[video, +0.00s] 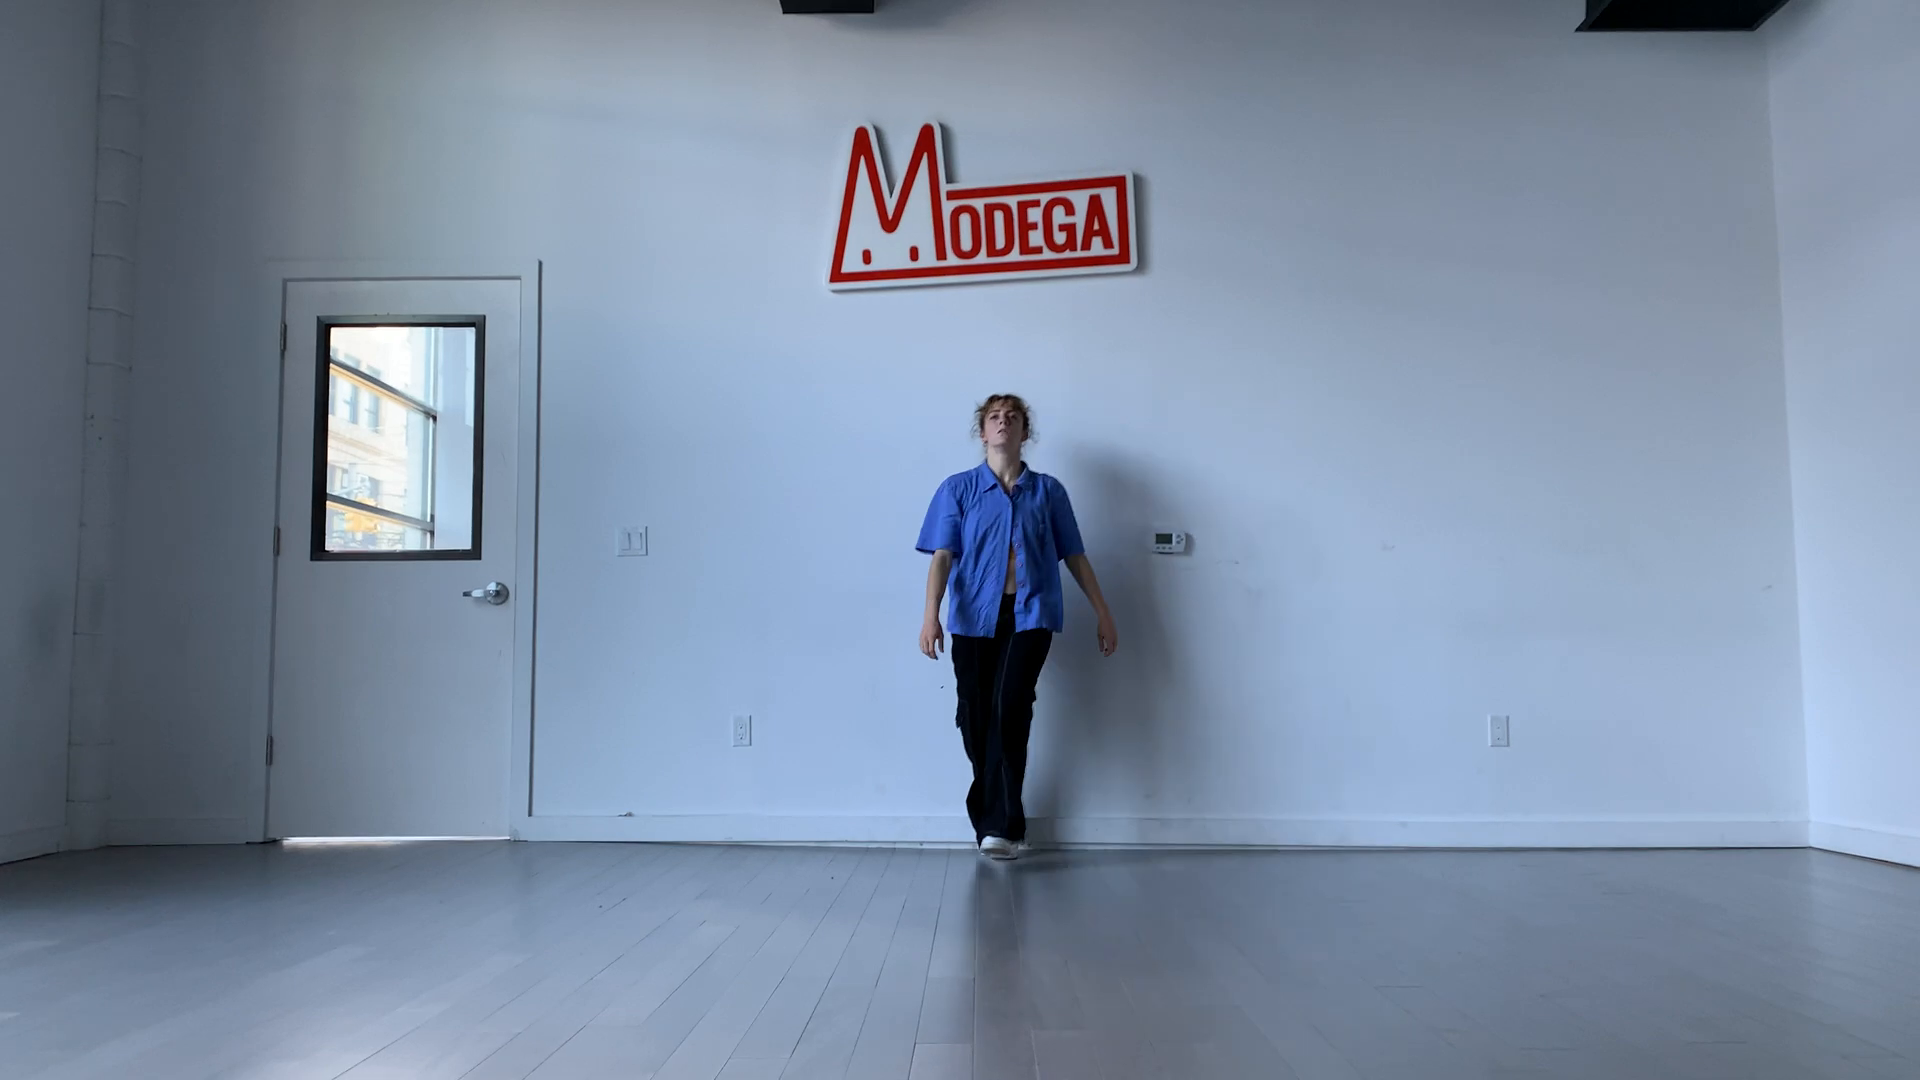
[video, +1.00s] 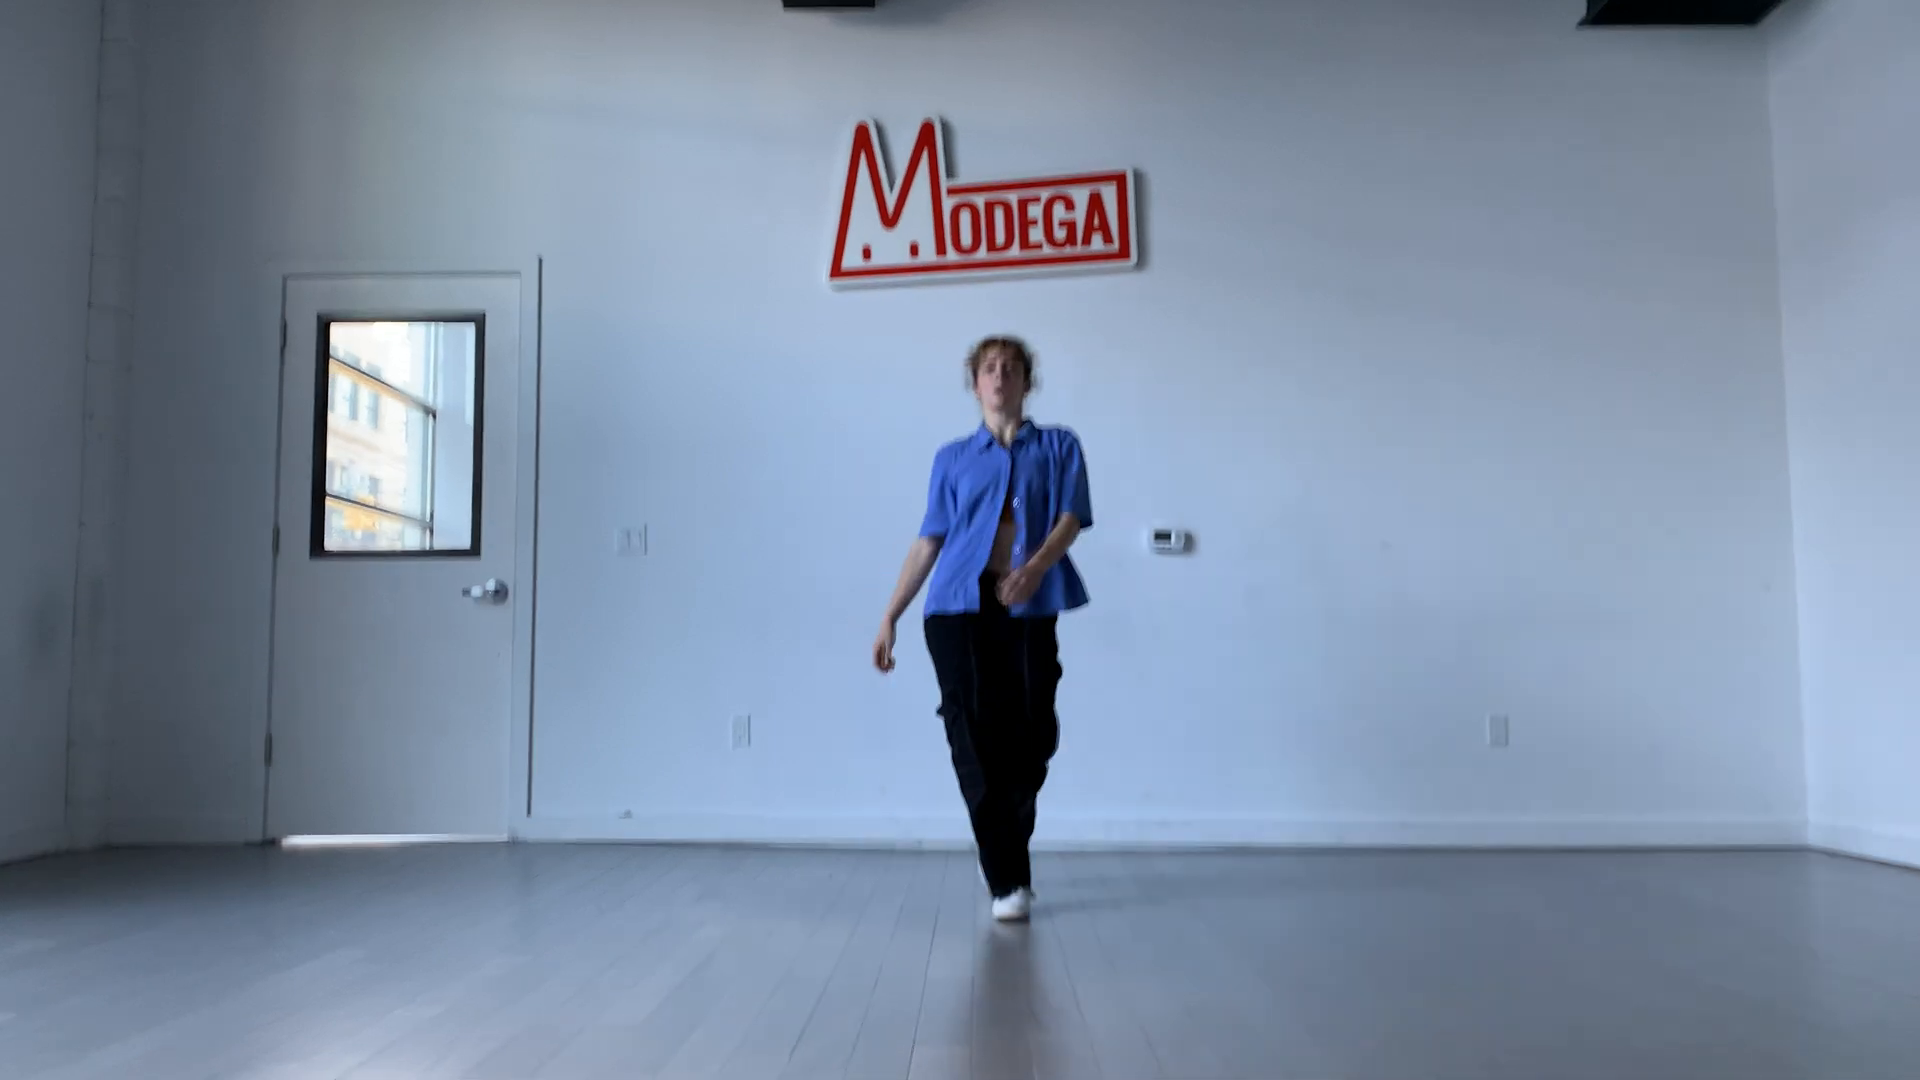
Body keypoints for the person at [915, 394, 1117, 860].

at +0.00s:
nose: (1003, 421)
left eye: (1012, 417)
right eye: (994, 416)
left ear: (1025, 433)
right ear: (981, 432)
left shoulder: (1048, 490)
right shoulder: (957, 489)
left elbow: (1075, 557)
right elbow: (942, 558)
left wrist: (1104, 614)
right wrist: (930, 617)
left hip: (1030, 616)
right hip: (974, 616)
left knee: (1011, 712)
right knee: (975, 718)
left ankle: (1002, 830)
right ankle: (995, 820)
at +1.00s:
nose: (1000, 377)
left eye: (1011, 369)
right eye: (991, 369)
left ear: (1027, 382)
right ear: (974, 384)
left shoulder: (1059, 445)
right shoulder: (952, 458)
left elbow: (1072, 519)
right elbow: (928, 542)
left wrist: (1032, 570)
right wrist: (889, 619)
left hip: (1029, 613)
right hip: (958, 615)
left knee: (1034, 739)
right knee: (975, 744)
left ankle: (1010, 852)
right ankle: (1006, 883)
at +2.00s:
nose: (1009, 281)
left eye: (1023, 274)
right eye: (997, 276)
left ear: (1050, 299)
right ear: (983, 304)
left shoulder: (1088, 377)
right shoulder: (956, 384)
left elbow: (1097, 457)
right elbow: (908, 484)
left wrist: (1013, 407)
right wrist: (852, 564)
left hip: (1050, 587)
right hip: (961, 582)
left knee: (1032, 760)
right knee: (947, 750)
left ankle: (993, 927)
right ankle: (924, 930)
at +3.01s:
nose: (1029, 318)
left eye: (1035, 303)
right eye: (1026, 306)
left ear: (1078, 297)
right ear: (1054, 305)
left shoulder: (1155, 335)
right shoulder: (1041, 378)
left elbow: (1240, 248)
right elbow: (957, 350)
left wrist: (1316, 149)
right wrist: (989, 269)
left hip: (1112, 588)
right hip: (1035, 589)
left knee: (1144, 780)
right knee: (974, 769)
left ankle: (1280, 918)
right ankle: (960, 942)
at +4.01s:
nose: (949, 353)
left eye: (962, 340)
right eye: (935, 340)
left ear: (984, 349)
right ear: (919, 347)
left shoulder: (1004, 422)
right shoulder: (907, 402)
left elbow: (1094, 402)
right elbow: (947, 499)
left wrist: (1023, 351)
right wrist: (1037, 545)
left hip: (981, 606)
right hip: (904, 605)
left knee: (1015, 775)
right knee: (945, 700)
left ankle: (912, 895)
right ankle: (953, 887)